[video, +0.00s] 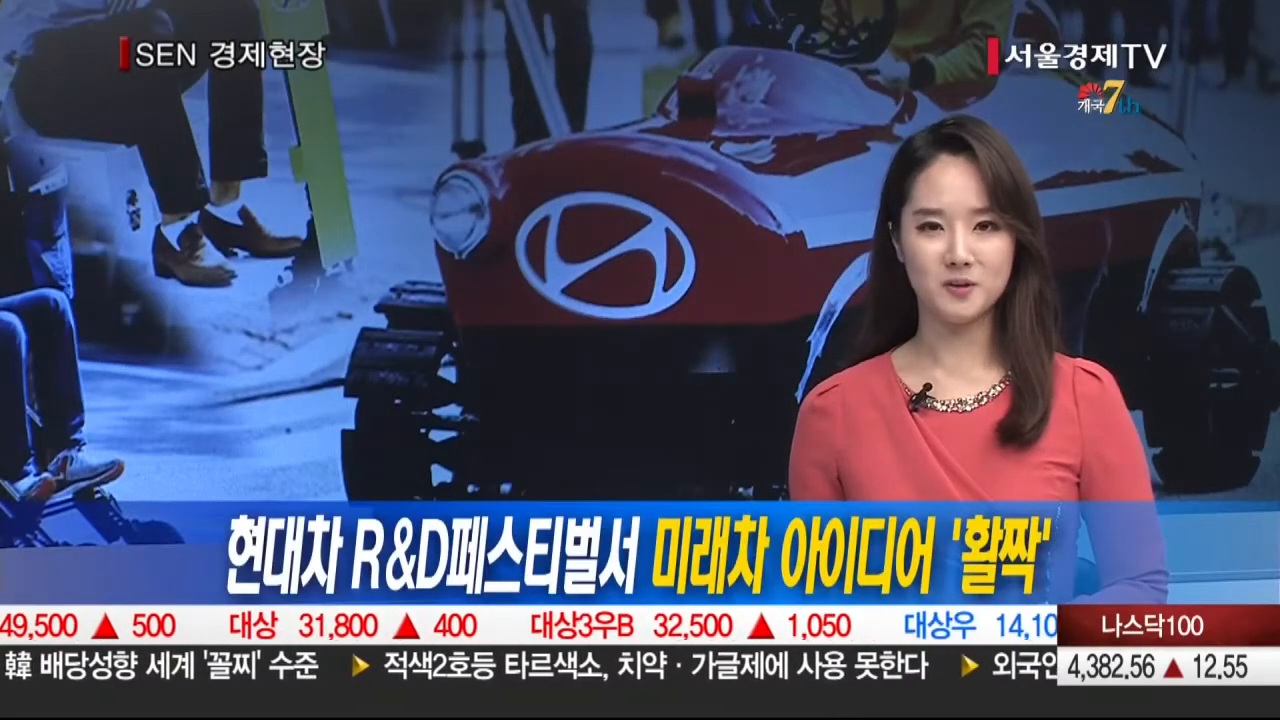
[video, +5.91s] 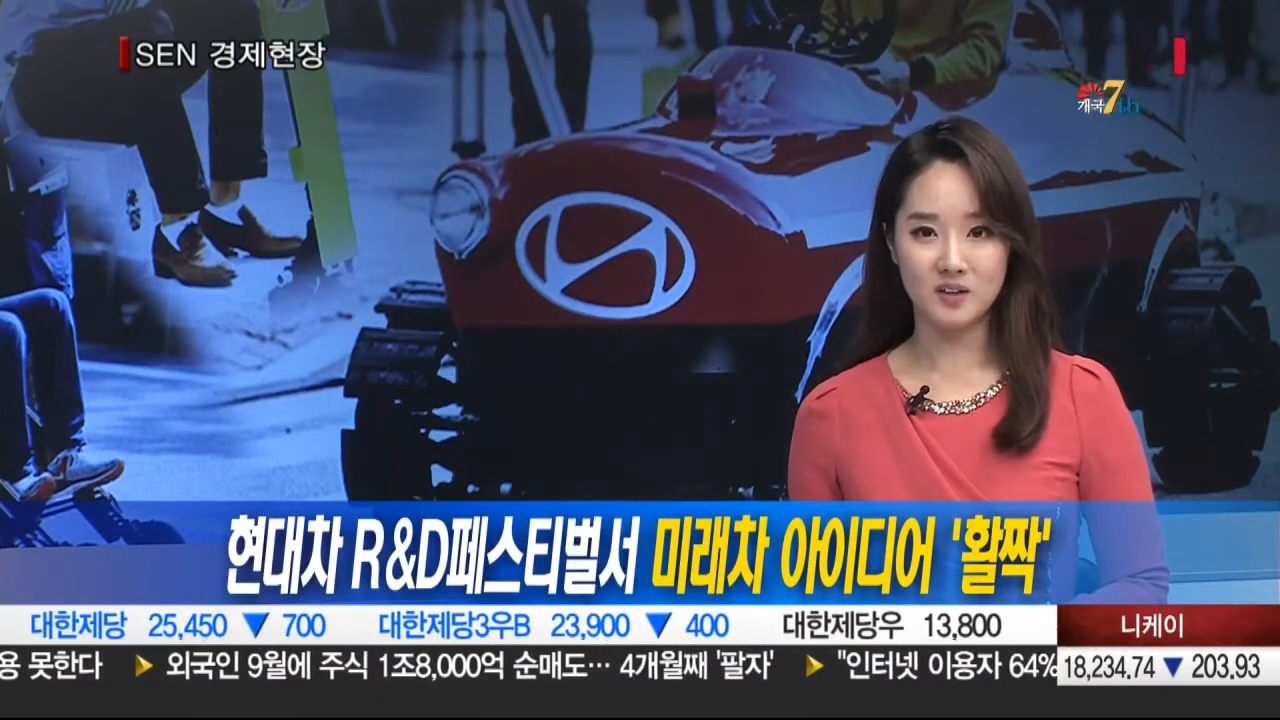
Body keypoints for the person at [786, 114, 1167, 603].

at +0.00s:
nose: (959, 254)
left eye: (986, 226)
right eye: (931, 227)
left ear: (1019, 242)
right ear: (897, 244)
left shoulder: (1085, 398)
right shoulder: (832, 413)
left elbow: (1139, 585)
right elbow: (812, 605)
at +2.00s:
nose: (954, 249)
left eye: (982, 224)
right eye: (928, 222)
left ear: (1015, 243)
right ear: (893, 239)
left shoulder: (1083, 396)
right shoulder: (829, 414)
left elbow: (1142, 580)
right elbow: (811, 604)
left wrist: (1041, 647)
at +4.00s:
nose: (955, 259)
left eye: (982, 230)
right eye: (927, 230)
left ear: (1015, 245)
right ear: (893, 244)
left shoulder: (1084, 397)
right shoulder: (830, 415)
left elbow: (1142, 583)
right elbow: (811, 605)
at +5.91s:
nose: (952, 261)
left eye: (980, 232)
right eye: (924, 232)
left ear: (1014, 246)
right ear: (891, 245)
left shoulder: (1084, 396)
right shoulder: (830, 415)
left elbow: (1142, 582)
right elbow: (811, 605)